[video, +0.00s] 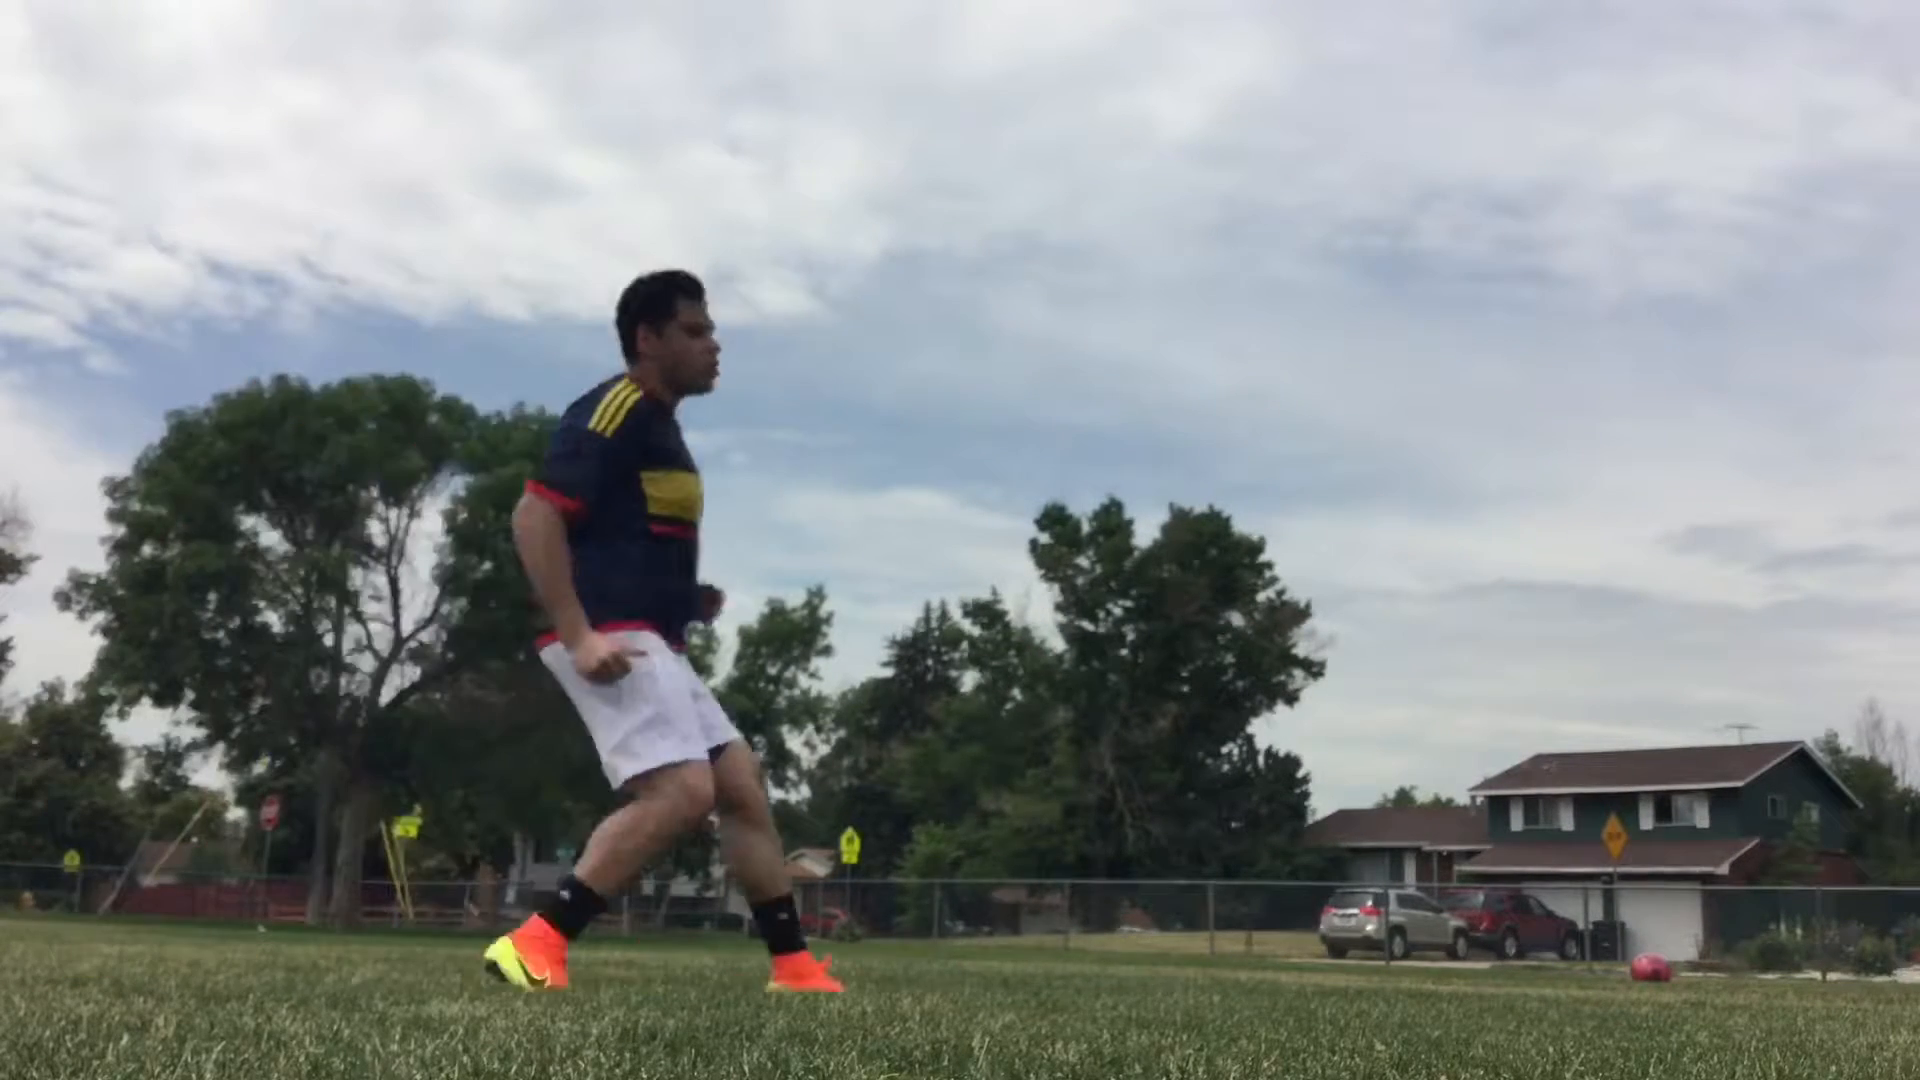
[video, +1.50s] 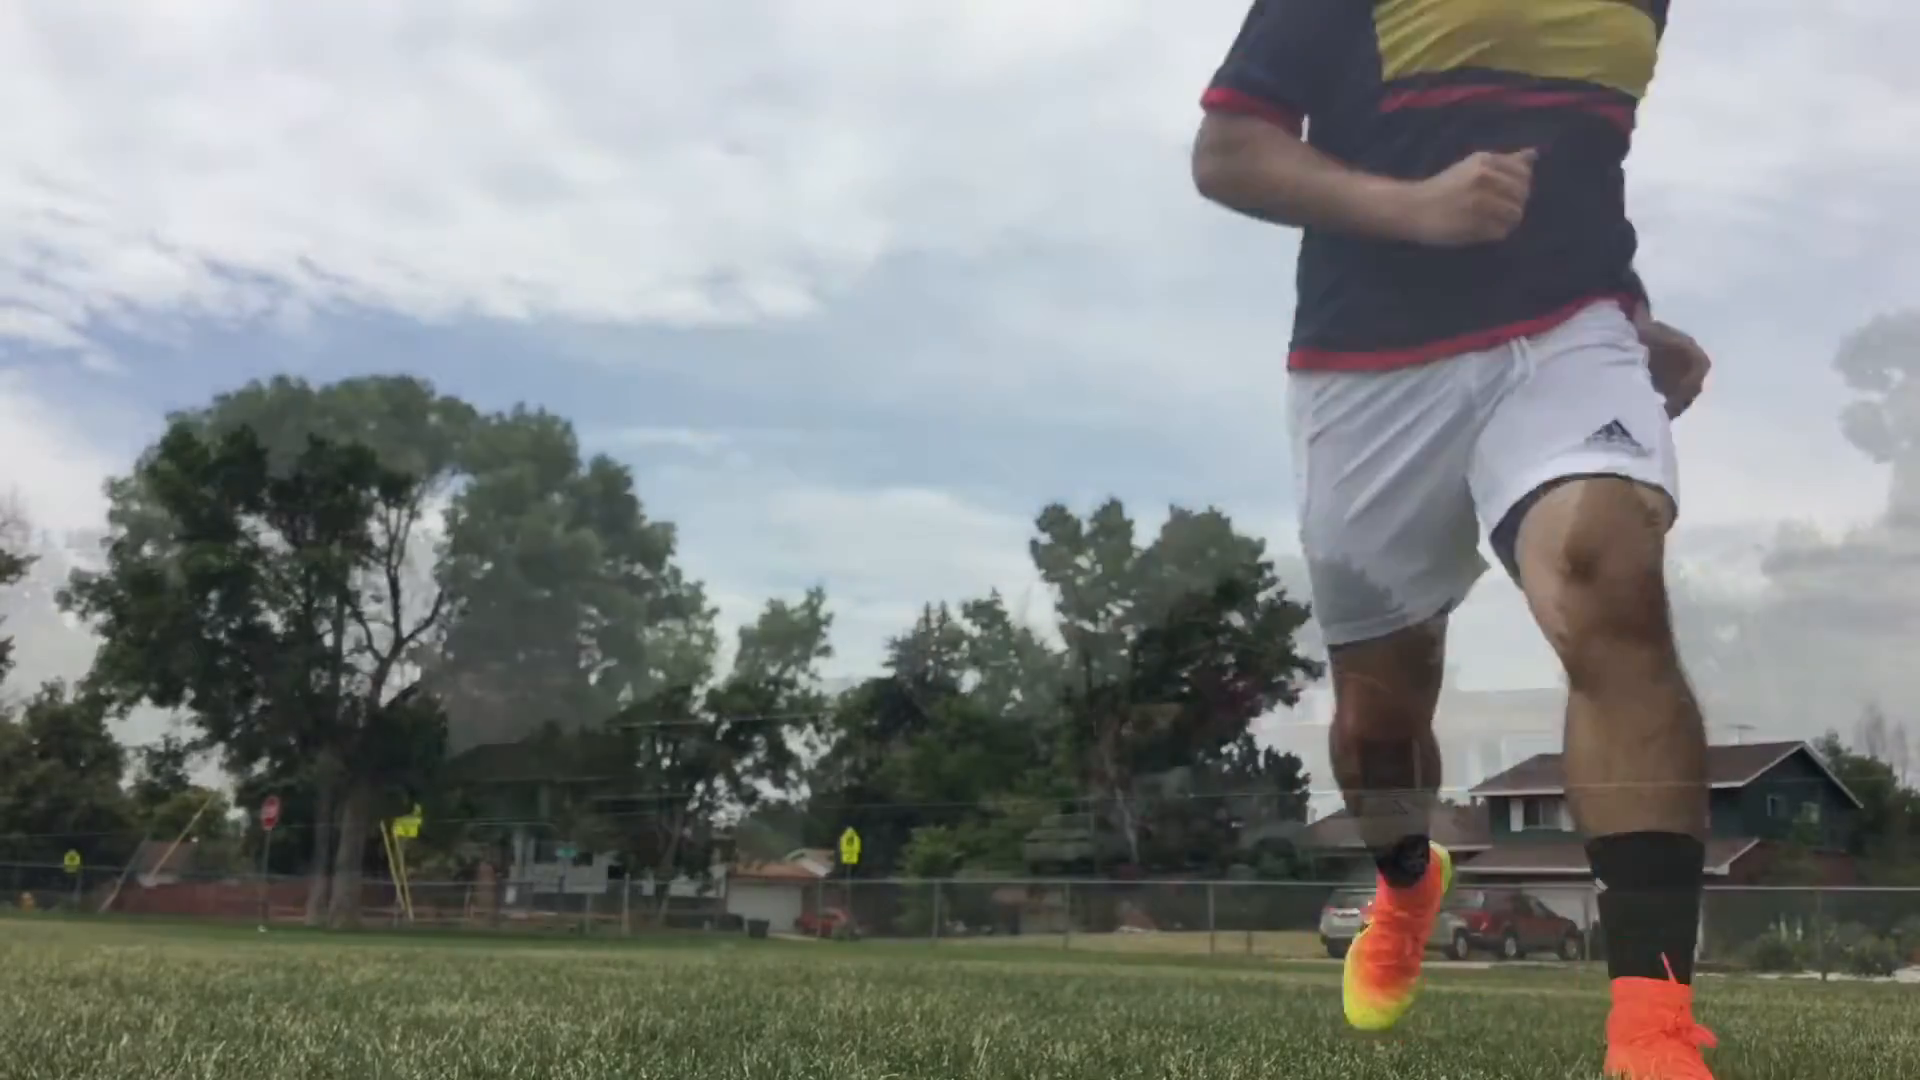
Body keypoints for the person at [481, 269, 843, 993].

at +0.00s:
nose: (714, 345)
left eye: (712, 331)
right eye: (698, 331)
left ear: (663, 341)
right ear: (648, 338)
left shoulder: (660, 423)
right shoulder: (613, 408)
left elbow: (617, 544)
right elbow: (535, 519)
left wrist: (681, 596)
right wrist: (578, 635)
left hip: (657, 641)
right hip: (609, 639)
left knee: (741, 787)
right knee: (683, 790)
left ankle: (792, 962)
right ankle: (541, 939)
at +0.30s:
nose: (992, 390)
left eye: (999, 378)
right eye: (974, 378)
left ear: (1005, 384)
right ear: (932, 387)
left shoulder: (968, 454)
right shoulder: (911, 448)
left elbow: (928, 553)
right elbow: (836, 548)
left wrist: (964, 641)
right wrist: (911, 641)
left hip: (977, 677)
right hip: (926, 690)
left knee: (1038, 805)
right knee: (1030, 815)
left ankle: (1044, 961)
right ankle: (1052, 970)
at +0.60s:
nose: (1124, 388)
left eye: (1135, 375)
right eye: (1105, 377)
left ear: (1152, 384)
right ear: (1078, 392)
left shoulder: (1172, 452)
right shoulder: (1051, 479)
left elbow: (1195, 527)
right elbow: (985, 583)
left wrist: (1219, 541)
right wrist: (1051, 672)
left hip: (1191, 673)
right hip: (1116, 689)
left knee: (1179, 823)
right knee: (1213, 825)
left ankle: (1118, 926)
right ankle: (1237, 931)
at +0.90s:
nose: (1324, 367)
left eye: (1340, 354)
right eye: (1304, 354)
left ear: (1360, 370)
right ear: (1272, 371)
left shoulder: (1366, 452)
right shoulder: (1224, 451)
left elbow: (1350, 544)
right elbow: (1139, 565)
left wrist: (1383, 630)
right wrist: (1257, 602)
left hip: (1329, 653)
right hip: (1229, 686)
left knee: (1411, 786)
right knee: (1252, 837)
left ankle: (1415, 985)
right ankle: (1258, 945)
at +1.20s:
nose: (1356, 140)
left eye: (1377, 126)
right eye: (1332, 130)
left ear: (1411, 153)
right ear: (1299, 164)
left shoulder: (1471, 250)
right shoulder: (1256, 270)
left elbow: (1602, 373)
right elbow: (1147, 353)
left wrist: (1538, 387)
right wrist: (1148, 486)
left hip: (1449, 545)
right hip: (1318, 533)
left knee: (1470, 791)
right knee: (1338, 702)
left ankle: (1439, 908)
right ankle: (1366, 970)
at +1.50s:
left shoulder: (1632, 13)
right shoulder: (1330, 9)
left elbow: (1577, 176)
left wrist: (1628, 320)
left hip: (1561, 333)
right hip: (1366, 367)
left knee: (1608, 583)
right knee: (1374, 729)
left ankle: (1651, 1000)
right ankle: (1405, 880)